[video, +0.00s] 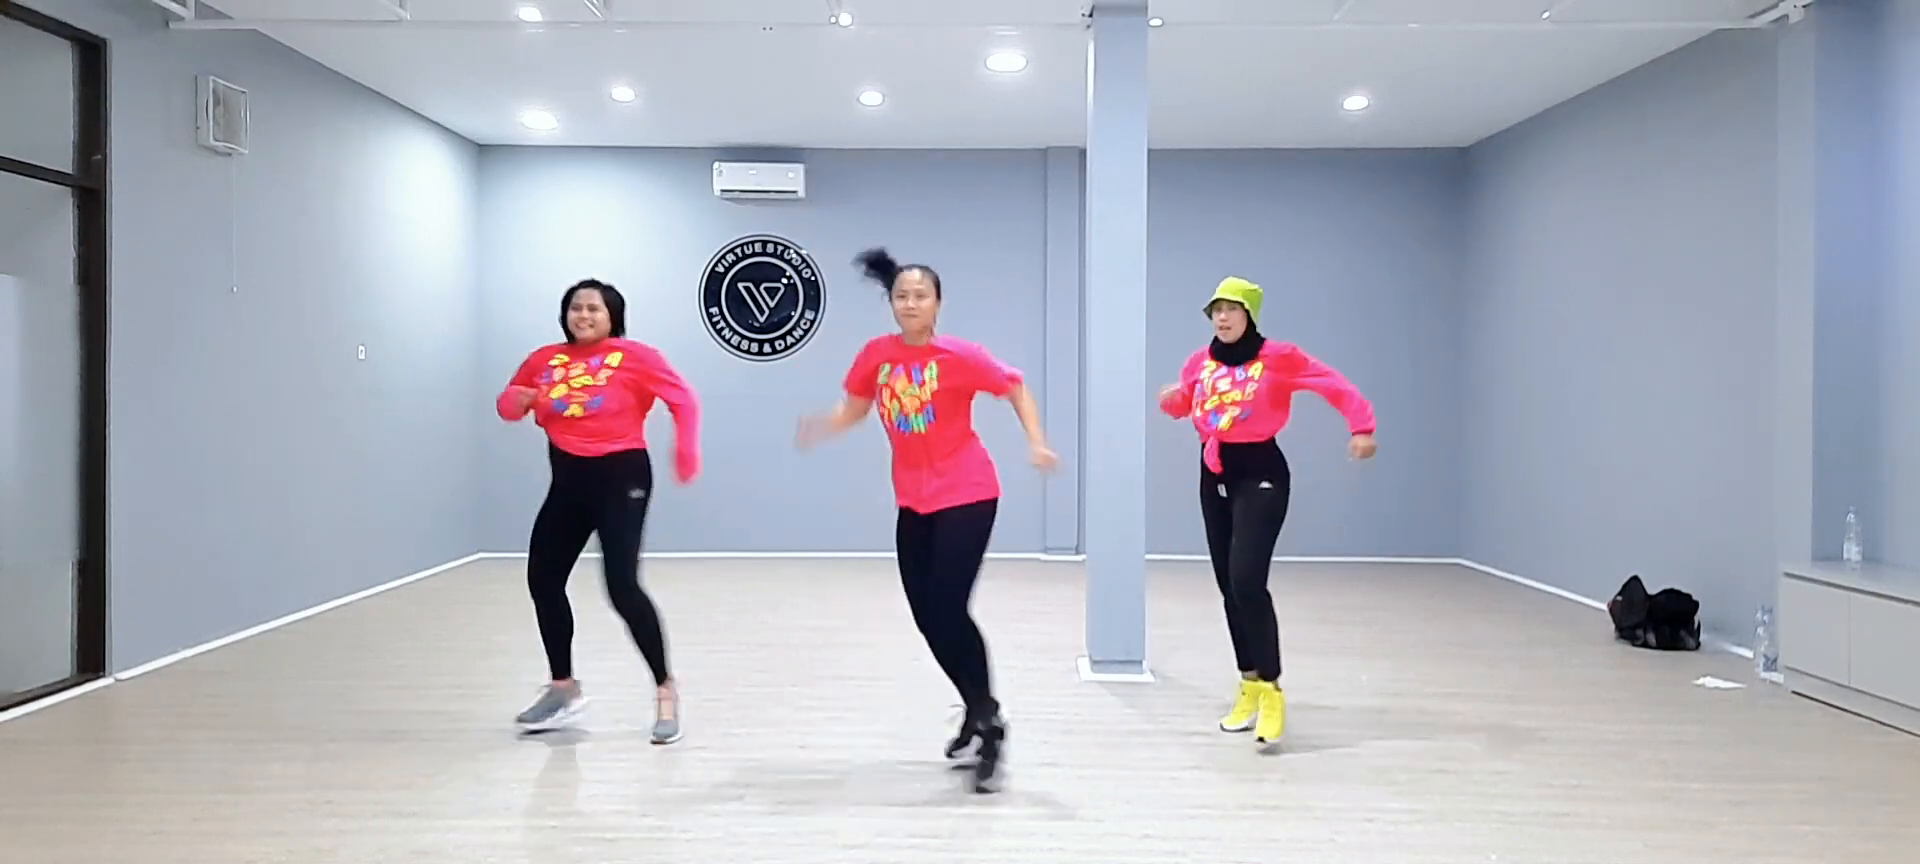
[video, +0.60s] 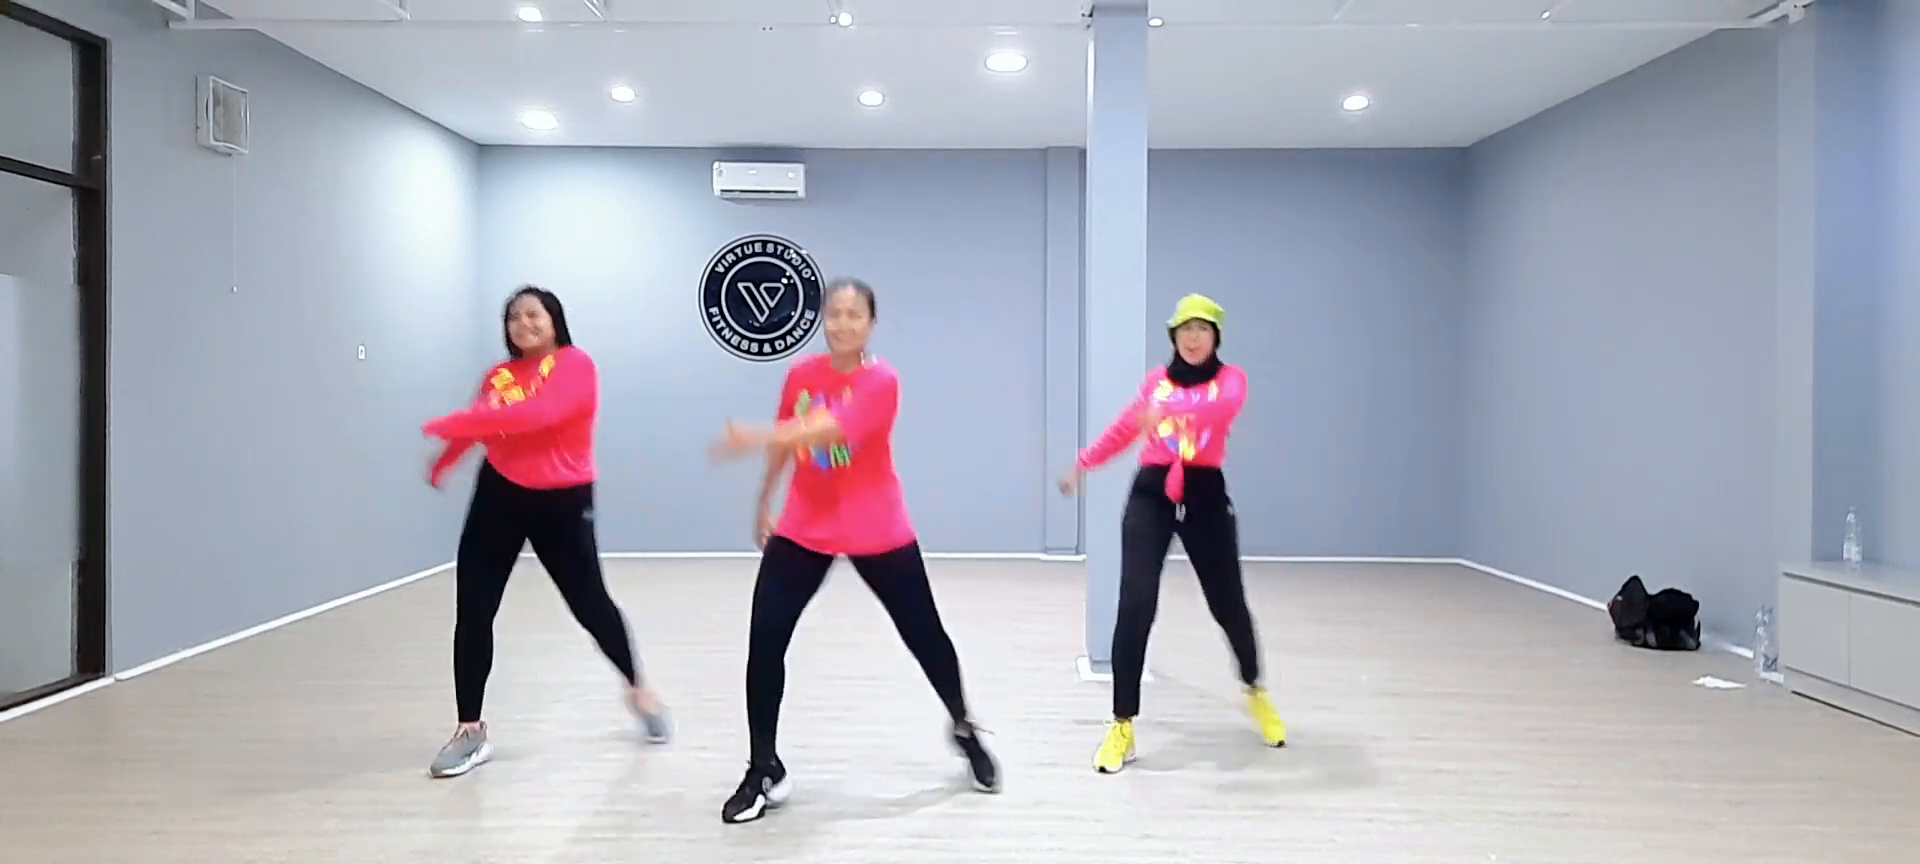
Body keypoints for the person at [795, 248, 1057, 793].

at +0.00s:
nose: (911, 302)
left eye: (921, 295)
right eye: (902, 295)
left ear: (938, 304)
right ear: (891, 304)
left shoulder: (961, 356)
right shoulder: (876, 355)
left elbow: (1015, 388)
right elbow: (853, 408)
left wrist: (1037, 441)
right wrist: (822, 426)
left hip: (968, 498)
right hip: (915, 504)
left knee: (947, 607)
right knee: (927, 616)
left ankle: (988, 722)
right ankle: (978, 709)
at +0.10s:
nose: (918, 326)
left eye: (928, 317)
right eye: (909, 318)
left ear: (945, 326)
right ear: (897, 327)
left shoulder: (969, 386)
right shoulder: (881, 381)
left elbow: (1019, 439)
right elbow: (864, 448)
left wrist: (1070, 484)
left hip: (974, 533)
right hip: (915, 537)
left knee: (974, 640)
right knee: (925, 643)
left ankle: (1005, 743)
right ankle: (978, 715)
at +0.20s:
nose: (908, 330)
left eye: (919, 322)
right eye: (900, 322)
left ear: (938, 331)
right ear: (890, 331)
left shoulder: (967, 392)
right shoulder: (874, 388)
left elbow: (996, 457)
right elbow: (872, 451)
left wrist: (1031, 514)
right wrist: (868, 508)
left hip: (971, 527)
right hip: (909, 529)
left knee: (978, 638)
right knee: (886, 637)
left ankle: (1005, 747)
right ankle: (934, 694)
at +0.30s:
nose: (889, 320)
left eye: (899, 311)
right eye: (881, 311)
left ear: (918, 319)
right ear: (869, 320)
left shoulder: (944, 382)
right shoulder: (856, 376)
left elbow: (958, 460)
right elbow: (856, 438)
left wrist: (971, 526)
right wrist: (855, 490)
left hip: (946, 516)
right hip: (886, 513)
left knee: (969, 626)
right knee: (854, 614)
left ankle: (998, 737)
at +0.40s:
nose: (871, 330)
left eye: (882, 321)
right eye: (863, 321)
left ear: (901, 329)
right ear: (853, 329)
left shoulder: (916, 390)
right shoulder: (840, 382)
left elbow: (906, 472)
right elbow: (837, 449)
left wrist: (903, 544)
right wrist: (828, 504)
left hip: (929, 525)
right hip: (862, 520)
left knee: (958, 637)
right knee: (816, 631)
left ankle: (984, 740)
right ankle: (790, 745)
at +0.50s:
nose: (858, 346)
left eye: (869, 338)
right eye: (849, 338)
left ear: (887, 347)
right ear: (838, 346)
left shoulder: (894, 407)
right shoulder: (823, 399)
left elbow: (843, 473)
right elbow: (809, 469)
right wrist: (801, 520)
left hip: (900, 556)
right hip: (831, 551)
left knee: (939, 663)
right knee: (776, 648)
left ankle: (983, 745)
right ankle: (768, 773)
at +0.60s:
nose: (842, 322)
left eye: (853, 314)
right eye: (834, 314)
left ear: (871, 324)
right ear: (822, 321)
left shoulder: (880, 383)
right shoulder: (801, 375)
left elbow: (834, 428)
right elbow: (787, 443)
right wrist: (764, 506)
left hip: (876, 527)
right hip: (806, 525)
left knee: (926, 637)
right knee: (765, 641)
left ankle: (965, 729)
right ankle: (764, 766)